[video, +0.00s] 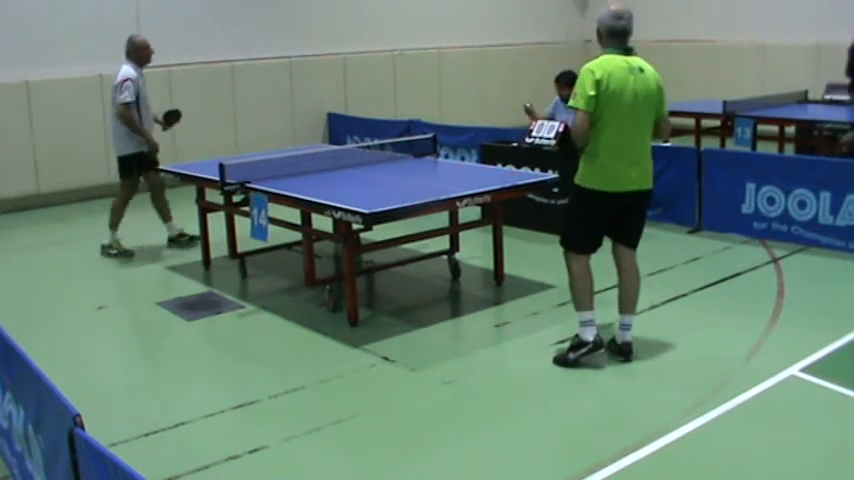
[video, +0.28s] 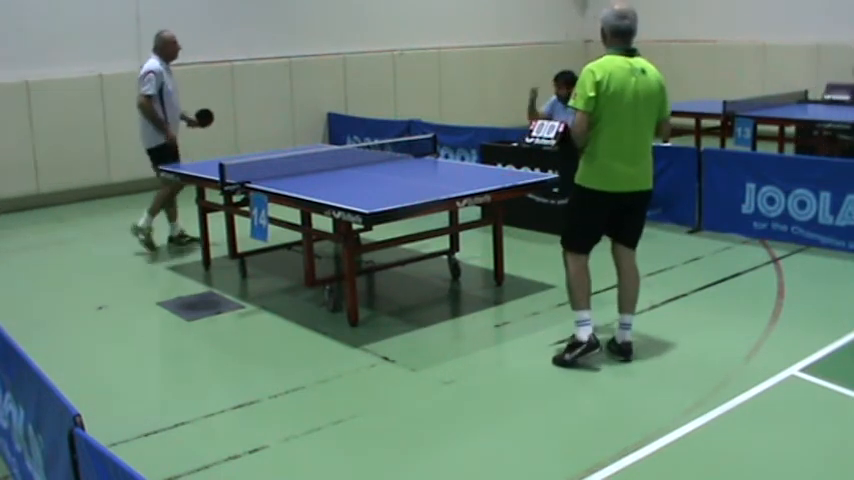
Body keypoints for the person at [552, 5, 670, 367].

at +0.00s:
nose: (597, 39)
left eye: (597, 34)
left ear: (599, 35)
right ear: (630, 35)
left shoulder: (593, 71)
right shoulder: (651, 75)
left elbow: (580, 129)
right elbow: (663, 131)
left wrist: (580, 140)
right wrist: (629, 126)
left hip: (596, 184)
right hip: (638, 184)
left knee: (577, 252)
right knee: (626, 251)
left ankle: (588, 336)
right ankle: (625, 339)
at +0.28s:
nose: (601, 37)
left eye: (601, 32)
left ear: (603, 34)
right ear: (635, 35)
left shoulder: (595, 71)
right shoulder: (653, 76)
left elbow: (579, 128)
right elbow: (664, 131)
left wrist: (581, 142)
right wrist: (631, 124)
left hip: (596, 183)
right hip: (638, 184)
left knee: (575, 251)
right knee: (626, 251)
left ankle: (584, 335)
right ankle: (625, 338)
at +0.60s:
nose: (598, 39)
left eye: (598, 34)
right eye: (605, 33)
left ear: (601, 34)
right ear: (632, 34)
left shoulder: (594, 71)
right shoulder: (650, 72)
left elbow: (577, 132)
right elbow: (653, 121)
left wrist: (578, 142)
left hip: (593, 184)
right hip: (636, 183)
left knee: (575, 252)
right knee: (624, 251)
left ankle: (585, 339)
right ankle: (625, 338)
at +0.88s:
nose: (587, 39)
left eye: (588, 35)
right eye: (592, 34)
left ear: (592, 36)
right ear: (622, 33)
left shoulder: (587, 72)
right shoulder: (641, 71)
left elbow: (572, 135)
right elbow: (638, 120)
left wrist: (565, 141)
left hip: (589, 184)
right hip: (630, 183)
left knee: (583, 259)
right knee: (620, 252)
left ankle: (591, 346)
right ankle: (624, 339)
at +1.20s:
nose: (567, 41)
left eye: (568, 37)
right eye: (569, 37)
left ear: (573, 37)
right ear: (603, 35)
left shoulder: (578, 75)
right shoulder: (624, 69)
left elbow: (569, 134)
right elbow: (615, 119)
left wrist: (554, 156)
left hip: (582, 187)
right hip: (617, 184)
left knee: (583, 264)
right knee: (607, 255)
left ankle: (592, 347)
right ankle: (622, 337)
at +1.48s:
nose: (554, 43)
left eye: (554, 38)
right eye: (554, 38)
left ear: (562, 38)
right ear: (588, 36)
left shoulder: (570, 76)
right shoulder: (611, 68)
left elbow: (567, 136)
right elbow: (610, 121)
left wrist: (546, 161)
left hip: (580, 188)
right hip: (610, 185)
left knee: (579, 264)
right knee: (590, 252)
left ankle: (591, 347)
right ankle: (611, 320)